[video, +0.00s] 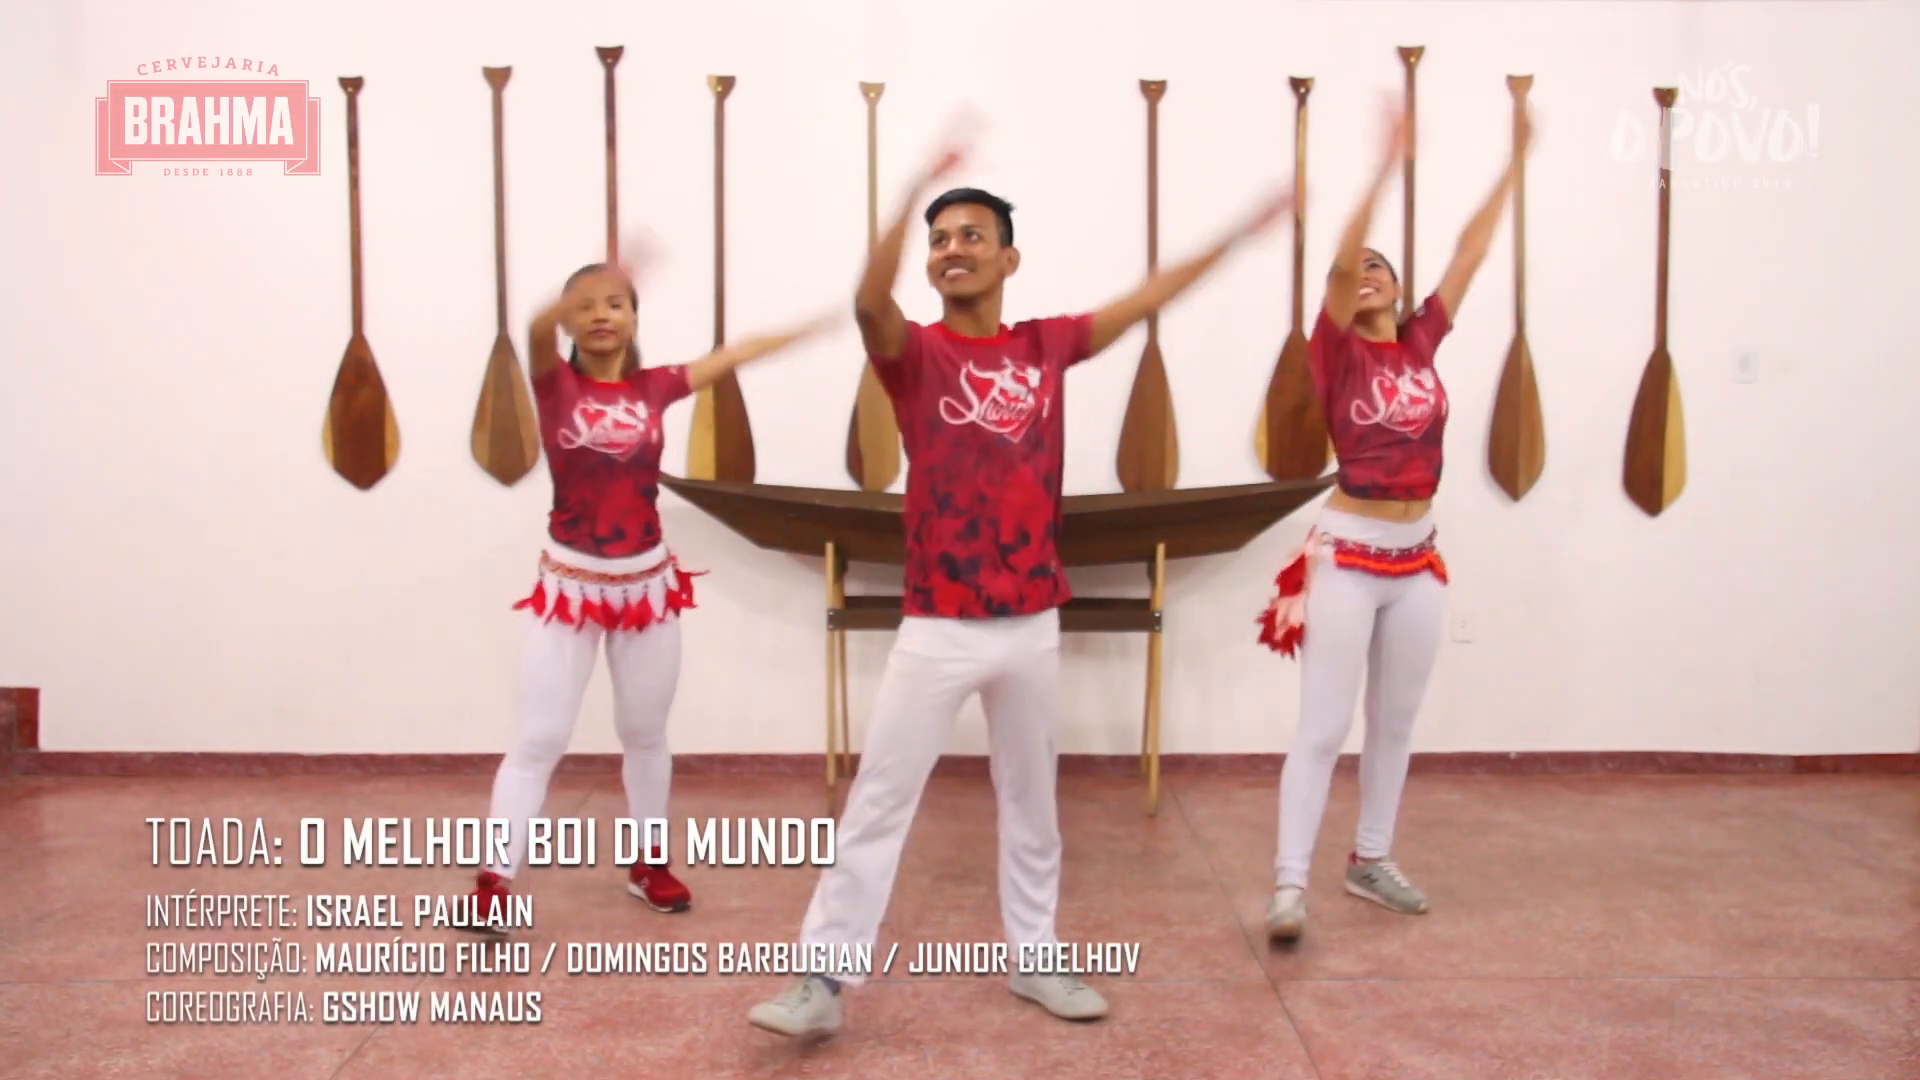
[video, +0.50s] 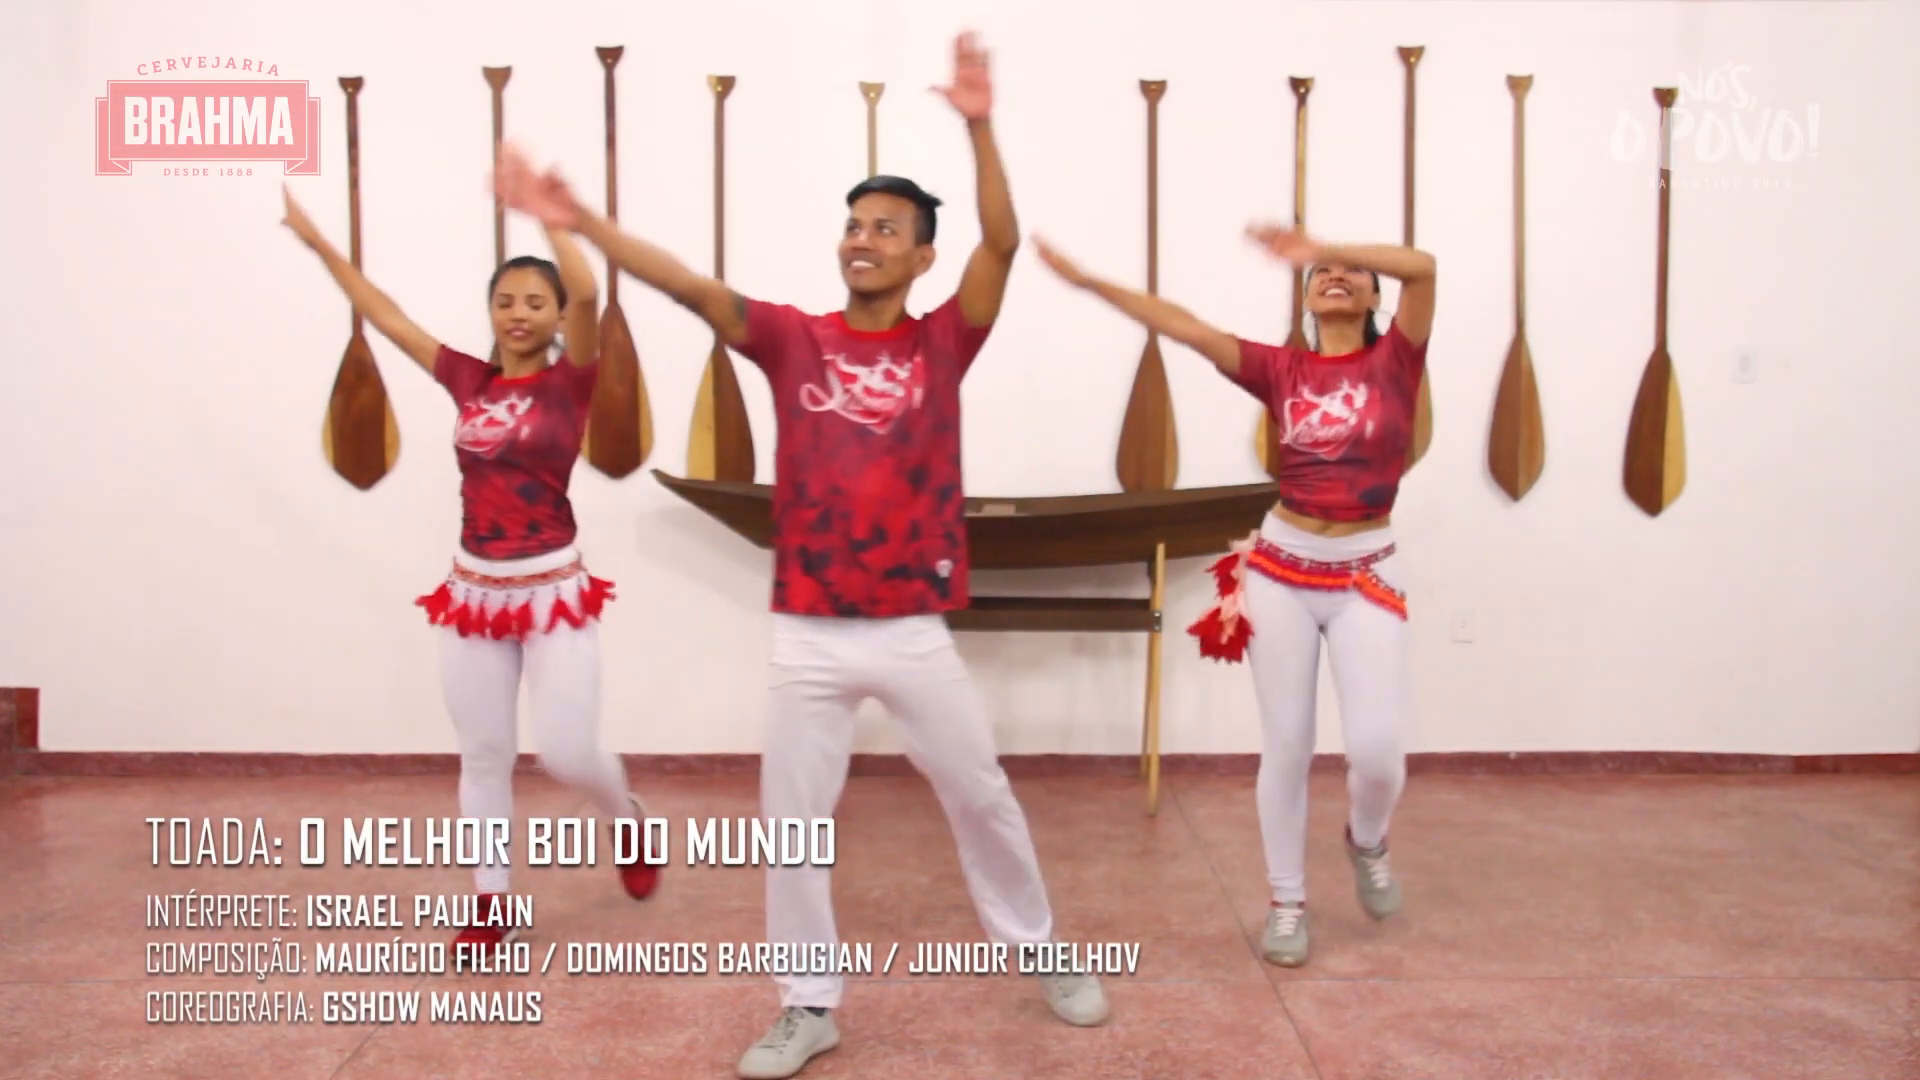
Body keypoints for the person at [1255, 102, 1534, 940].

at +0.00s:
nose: (1373, 275)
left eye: (1380, 269)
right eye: (1359, 271)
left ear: (1397, 290)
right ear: (1338, 296)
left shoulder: (1418, 343)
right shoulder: (1332, 356)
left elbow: (1469, 249)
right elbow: (1344, 262)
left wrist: (1515, 162)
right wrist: (1385, 170)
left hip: (1417, 562)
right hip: (1344, 559)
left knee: (1395, 726)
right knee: (1322, 731)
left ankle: (1372, 860)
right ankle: (1289, 887)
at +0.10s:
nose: (1360, 276)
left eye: (1372, 270)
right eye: (1344, 274)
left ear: (1398, 292)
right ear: (1331, 300)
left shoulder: (1417, 344)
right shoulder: (1326, 351)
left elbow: (1442, 246)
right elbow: (1308, 257)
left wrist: (1461, 148)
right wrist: (1300, 160)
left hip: (1409, 565)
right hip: (1336, 563)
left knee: (1391, 729)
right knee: (1318, 733)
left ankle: (1373, 863)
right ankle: (1289, 899)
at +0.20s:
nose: (1356, 279)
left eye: (1367, 272)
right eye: (1343, 274)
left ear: (1390, 292)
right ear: (1326, 297)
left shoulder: (1410, 348)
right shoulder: (1309, 353)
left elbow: (1427, 250)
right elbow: (1271, 267)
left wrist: (1410, 150)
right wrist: (1231, 182)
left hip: (1397, 569)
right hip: (1318, 567)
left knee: (1394, 732)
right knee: (1314, 736)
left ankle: (1375, 857)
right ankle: (1289, 902)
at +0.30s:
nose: (1344, 277)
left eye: (1358, 271)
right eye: (1332, 273)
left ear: (1383, 295)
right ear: (1318, 297)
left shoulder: (1406, 357)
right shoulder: (1293, 357)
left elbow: (1424, 259)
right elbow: (1231, 283)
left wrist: (1374, 175)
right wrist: (1170, 206)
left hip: (1379, 573)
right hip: (1299, 568)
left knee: (1400, 740)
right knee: (1304, 738)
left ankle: (1375, 850)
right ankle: (1288, 904)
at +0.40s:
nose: (1342, 276)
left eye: (1355, 271)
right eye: (1328, 272)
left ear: (1377, 299)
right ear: (1310, 299)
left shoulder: (1399, 361)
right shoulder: (1284, 363)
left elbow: (1424, 263)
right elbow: (1205, 308)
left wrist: (1346, 208)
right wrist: (1125, 245)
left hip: (1369, 576)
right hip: (1285, 571)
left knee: (1400, 759)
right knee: (1291, 741)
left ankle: (1377, 840)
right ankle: (1288, 903)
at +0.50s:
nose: (1337, 279)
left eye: (1350, 274)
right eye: (1324, 275)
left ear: (1373, 301)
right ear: (1307, 300)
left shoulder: (1396, 364)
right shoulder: (1281, 368)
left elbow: (1424, 270)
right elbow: (1190, 329)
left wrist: (1321, 247)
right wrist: (1088, 280)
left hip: (1367, 577)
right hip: (1281, 573)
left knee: (1380, 753)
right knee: (1286, 747)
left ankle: (1369, 845)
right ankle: (1286, 904)